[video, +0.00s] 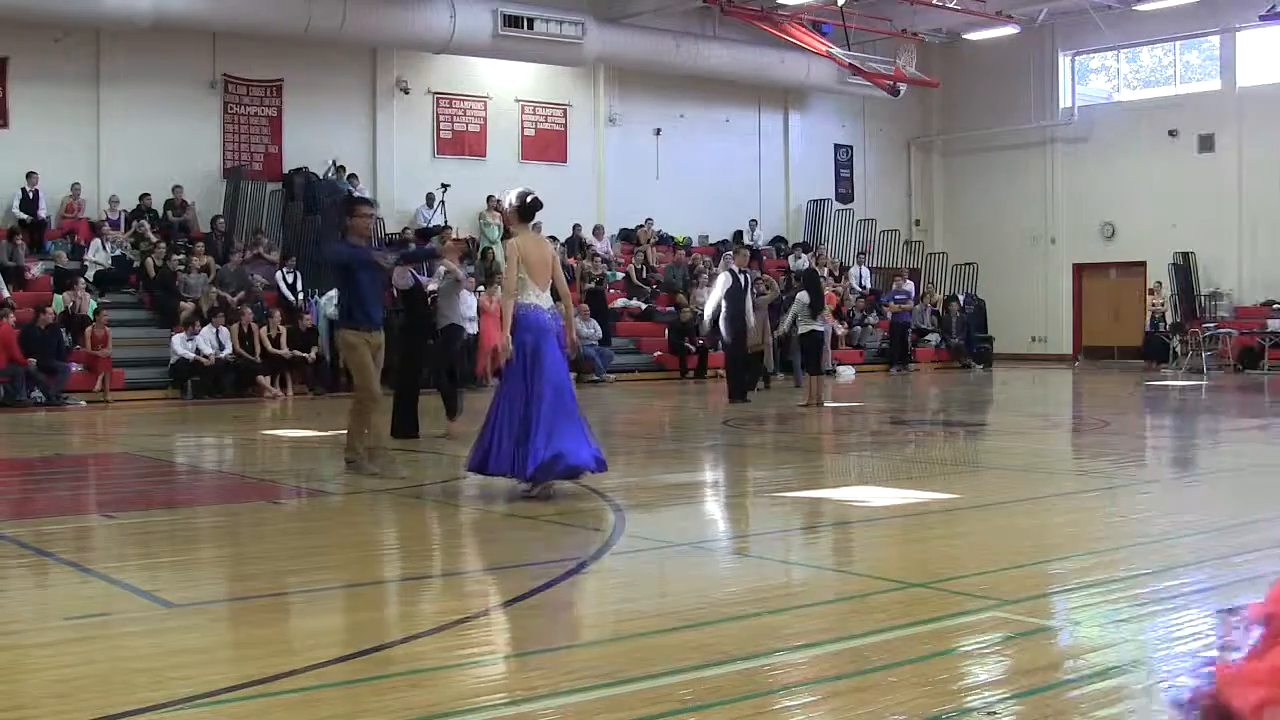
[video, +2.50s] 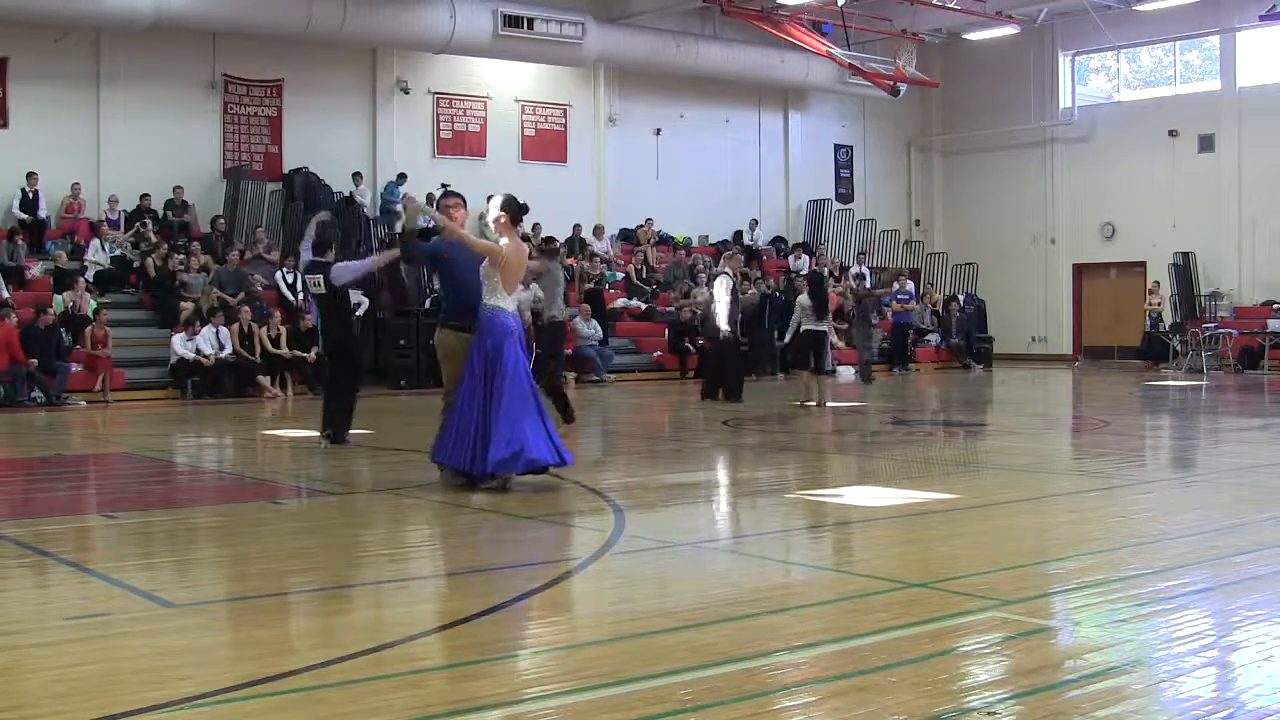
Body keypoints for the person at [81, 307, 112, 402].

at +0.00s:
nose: (106, 318)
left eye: (106, 316)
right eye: (104, 316)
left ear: (106, 317)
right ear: (97, 317)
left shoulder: (108, 330)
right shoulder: (89, 330)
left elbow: (109, 349)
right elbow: (88, 350)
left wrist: (104, 351)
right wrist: (99, 353)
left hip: (103, 355)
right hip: (92, 356)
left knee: (105, 360)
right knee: (106, 365)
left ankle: (98, 382)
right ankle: (107, 393)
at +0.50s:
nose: (105, 318)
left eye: (106, 316)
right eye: (103, 316)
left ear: (105, 318)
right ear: (96, 318)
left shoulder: (108, 331)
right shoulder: (88, 331)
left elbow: (109, 348)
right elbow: (88, 350)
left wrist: (105, 352)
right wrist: (99, 353)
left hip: (103, 355)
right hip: (92, 356)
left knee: (106, 361)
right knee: (107, 365)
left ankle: (99, 381)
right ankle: (106, 393)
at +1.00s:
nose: (105, 318)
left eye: (106, 315)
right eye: (103, 315)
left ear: (106, 317)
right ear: (96, 317)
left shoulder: (107, 331)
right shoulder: (88, 330)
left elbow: (109, 349)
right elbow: (88, 350)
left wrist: (104, 352)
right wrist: (99, 353)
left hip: (103, 355)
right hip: (92, 356)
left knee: (103, 359)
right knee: (107, 364)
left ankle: (98, 382)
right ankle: (106, 394)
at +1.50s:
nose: (106, 318)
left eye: (106, 315)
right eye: (104, 315)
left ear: (106, 317)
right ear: (97, 317)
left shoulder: (108, 331)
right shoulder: (89, 330)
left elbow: (109, 349)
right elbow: (88, 350)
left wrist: (103, 352)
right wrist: (99, 353)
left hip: (103, 355)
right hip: (92, 356)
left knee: (104, 359)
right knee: (107, 363)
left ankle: (98, 382)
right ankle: (107, 393)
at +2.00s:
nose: (106, 317)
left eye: (106, 315)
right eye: (104, 315)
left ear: (106, 317)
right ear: (97, 316)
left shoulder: (107, 331)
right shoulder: (89, 330)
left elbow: (109, 349)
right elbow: (88, 350)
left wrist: (100, 352)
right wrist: (100, 353)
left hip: (103, 355)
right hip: (92, 356)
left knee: (105, 361)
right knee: (107, 364)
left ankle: (99, 382)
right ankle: (107, 393)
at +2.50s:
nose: (106, 317)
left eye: (106, 314)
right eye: (104, 314)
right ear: (97, 316)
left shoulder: (107, 331)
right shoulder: (89, 330)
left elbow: (109, 349)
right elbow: (88, 350)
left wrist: (103, 351)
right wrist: (99, 353)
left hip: (103, 355)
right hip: (92, 356)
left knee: (104, 361)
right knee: (106, 365)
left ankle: (99, 382)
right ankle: (107, 393)